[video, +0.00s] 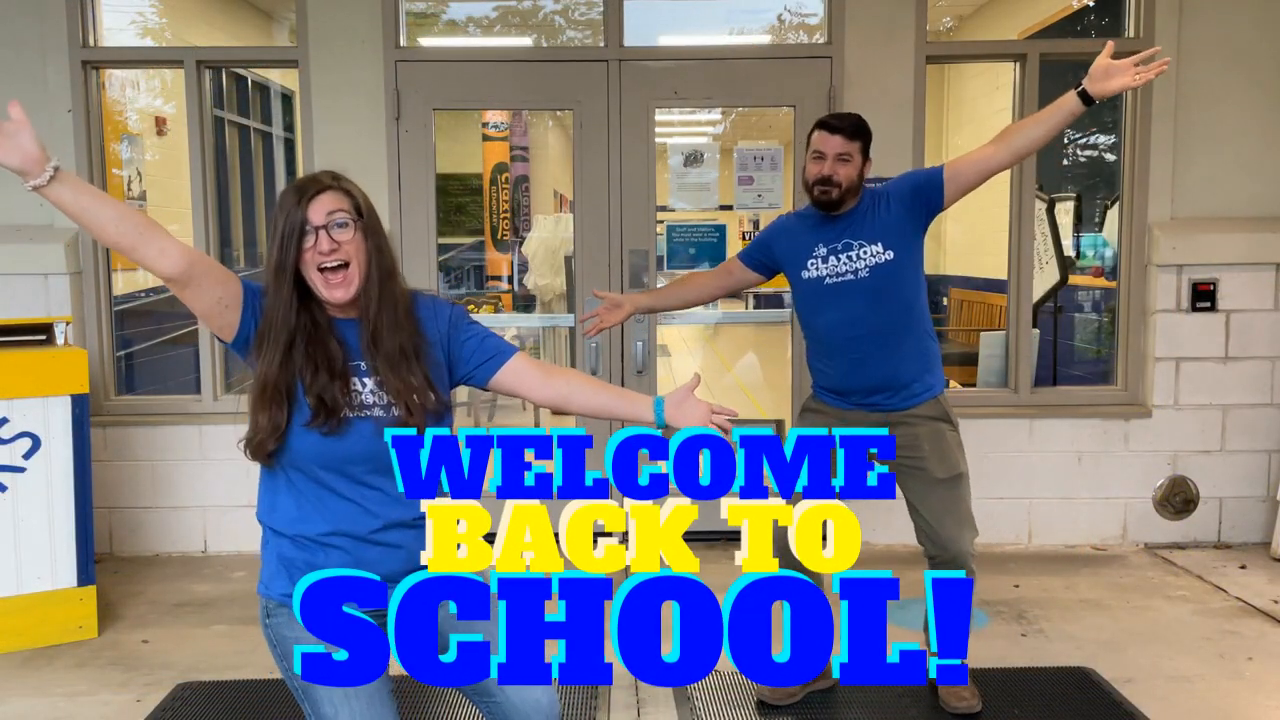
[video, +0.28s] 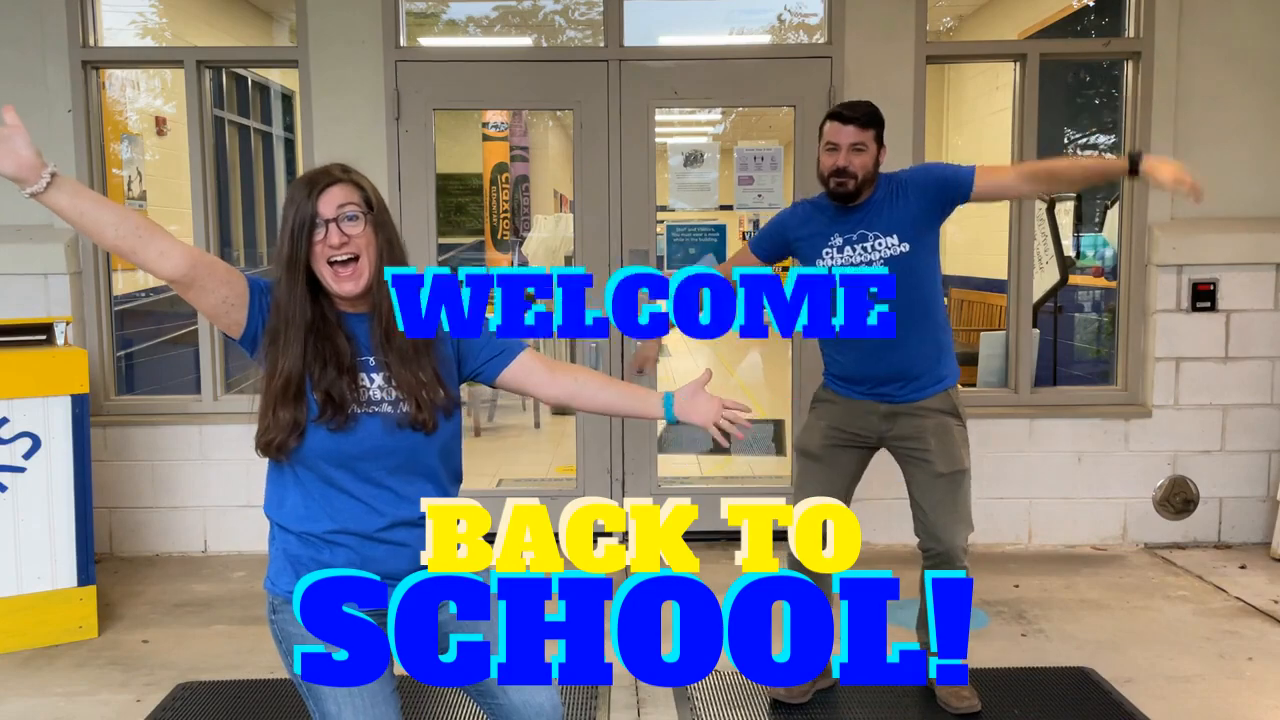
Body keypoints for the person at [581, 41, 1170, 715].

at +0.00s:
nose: (827, 168)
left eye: (841, 159)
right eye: (818, 156)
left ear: (864, 165)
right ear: (806, 162)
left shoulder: (904, 199)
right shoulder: (786, 235)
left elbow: (999, 152)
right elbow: (718, 281)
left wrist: (1084, 93)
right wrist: (638, 302)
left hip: (918, 411)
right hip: (832, 412)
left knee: (952, 544)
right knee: (802, 538)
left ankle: (951, 663)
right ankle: (803, 659)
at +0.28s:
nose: (839, 161)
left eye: (853, 151)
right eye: (829, 149)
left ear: (879, 153)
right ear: (818, 151)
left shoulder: (922, 189)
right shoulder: (799, 221)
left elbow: (1028, 179)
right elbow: (722, 277)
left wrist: (1131, 165)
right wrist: (656, 333)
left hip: (927, 404)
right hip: (840, 403)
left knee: (946, 545)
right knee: (807, 537)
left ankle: (948, 668)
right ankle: (809, 663)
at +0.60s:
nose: (858, 171)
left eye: (872, 159)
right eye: (847, 159)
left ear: (896, 167)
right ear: (832, 168)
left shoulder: (940, 232)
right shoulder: (808, 243)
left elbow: (966, 328)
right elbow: (794, 331)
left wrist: (982, 415)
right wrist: (787, 402)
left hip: (932, 420)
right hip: (842, 418)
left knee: (952, 554)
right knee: (809, 539)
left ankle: (948, 665)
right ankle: (806, 661)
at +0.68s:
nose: (846, 155)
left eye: (860, 143)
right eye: (835, 144)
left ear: (885, 152)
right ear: (821, 153)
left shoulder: (930, 213)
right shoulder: (801, 222)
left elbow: (974, 296)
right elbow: (765, 294)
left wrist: (992, 387)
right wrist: (746, 359)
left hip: (920, 410)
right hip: (829, 406)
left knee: (944, 546)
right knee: (786, 519)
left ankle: (950, 667)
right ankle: (795, 651)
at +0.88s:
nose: (795, 158)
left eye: (808, 144)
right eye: (782, 148)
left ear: (833, 148)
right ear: (771, 157)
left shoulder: (882, 202)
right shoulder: (752, 228)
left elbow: (968, 262)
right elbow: (680, 289)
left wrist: (1017, 337)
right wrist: (644, 354)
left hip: (879, 412)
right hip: (787, 418)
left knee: (926, 551)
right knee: (738, 545)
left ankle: (940, 661)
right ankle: (690, 678)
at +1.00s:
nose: (750, 152)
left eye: (761, 138)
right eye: (736, 144)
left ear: (788, 142)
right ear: (725, 156)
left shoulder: (833, 199)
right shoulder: (715, 221)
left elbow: (917, 252)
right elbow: (647, 297)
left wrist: (968, 326)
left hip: (840, 412)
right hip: (751, 412)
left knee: (899, 542)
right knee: (708, 548)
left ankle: (940, 657)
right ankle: (678, 690)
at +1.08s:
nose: (718, 140)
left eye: (728, 126)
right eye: (704, 132)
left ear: (756, 130)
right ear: (693, 143)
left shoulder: (804, 186)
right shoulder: (680, 208)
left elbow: (856, 252)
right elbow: (632, 281)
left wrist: (902, 318)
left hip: (804, 401)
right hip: (714, 406)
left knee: (856, 525)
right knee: (688, 543)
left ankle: (907, 650)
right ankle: (678, 680)